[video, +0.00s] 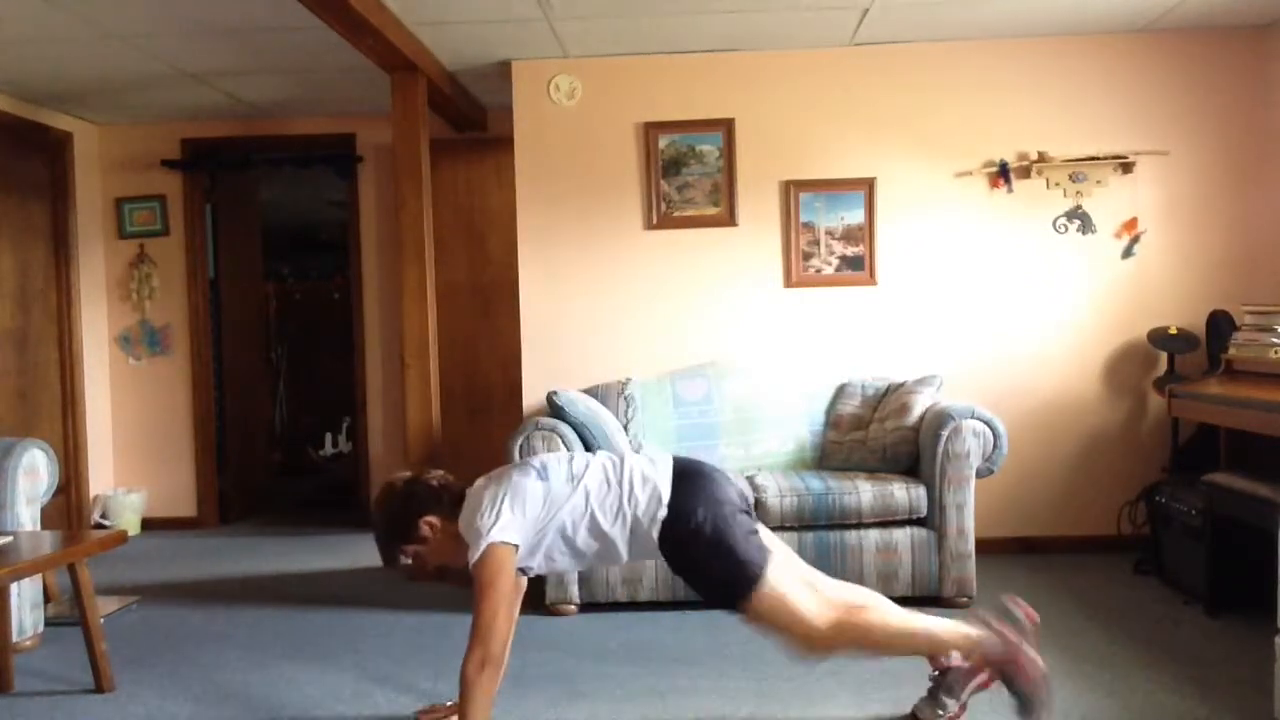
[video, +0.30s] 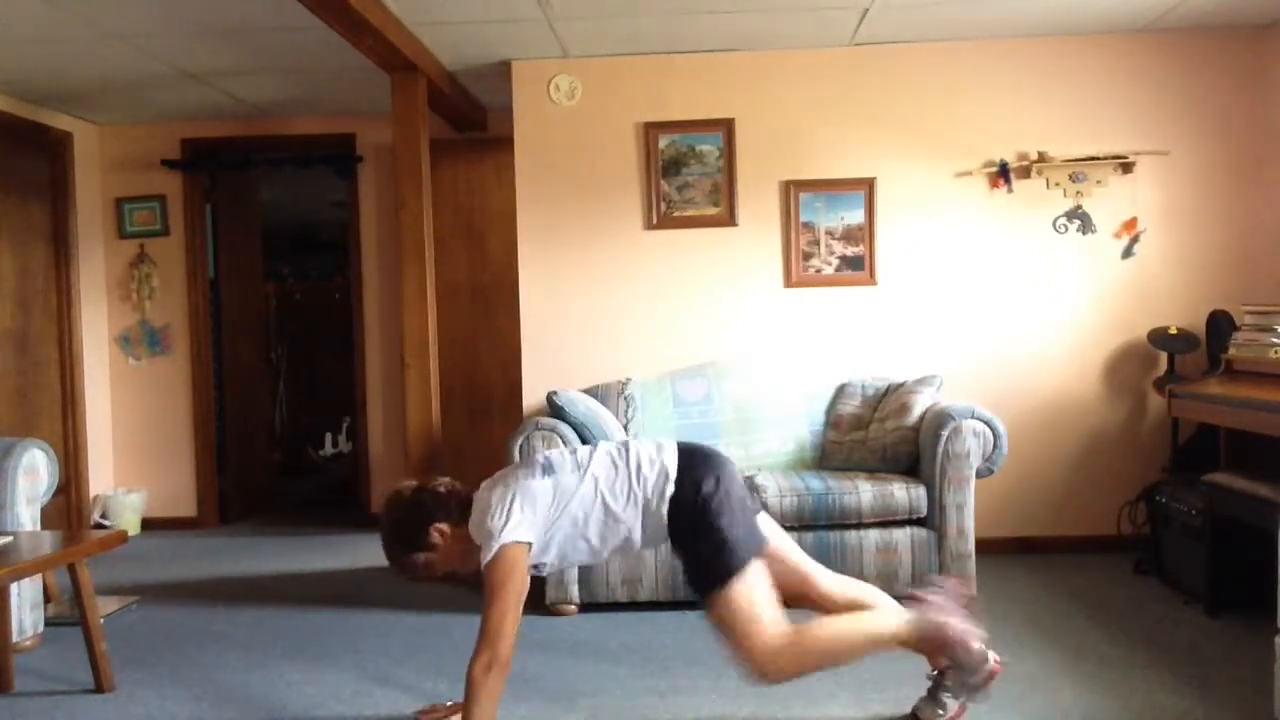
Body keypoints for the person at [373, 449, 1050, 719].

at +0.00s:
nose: (429, 571)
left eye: (417, 560)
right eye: (419, 562)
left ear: (428, 533)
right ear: (439, 510)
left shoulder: (494, 517)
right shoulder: (503, 489)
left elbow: (491, 644)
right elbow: (498, 629)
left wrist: (465, 706)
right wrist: (473, 695)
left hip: (685, 512)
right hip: (690, 485)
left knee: (816, 632)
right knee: (828, 601)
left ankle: (986, 640)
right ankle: (963, 642)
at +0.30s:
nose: (441, 579)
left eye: (429, 572)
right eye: (431, 574)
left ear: (441, 538)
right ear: (447, 515)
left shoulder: (505, 517)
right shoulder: (504, 490)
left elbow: (495, 644)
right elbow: (499, 629)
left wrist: (474, 712)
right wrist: (469, 701)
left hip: (691, 496)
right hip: (702, 472)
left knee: (772, 656)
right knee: (815, 586)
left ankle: (922, 618)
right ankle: (951, 651)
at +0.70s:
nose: (440, 581)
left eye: (426, 575)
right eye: (429, 578)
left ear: (429, 544)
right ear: (439, 530)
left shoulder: (485, 514)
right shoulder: (499, 495)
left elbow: (479, 655)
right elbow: (496, 634)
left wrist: (464, 719)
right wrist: (463, 704)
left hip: (662, 458)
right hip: (691, 459)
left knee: (555, 585)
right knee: (791, 581)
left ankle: (629, 714)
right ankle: (925, 647)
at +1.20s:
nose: (421, 566)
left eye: (411, 555)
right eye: (411, 561)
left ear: (421, 526)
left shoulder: (470, 505)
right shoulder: (504, 508)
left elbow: (468, 645)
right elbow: (496, 625)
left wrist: (452, 713)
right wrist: (473, 705)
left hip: (657, 446)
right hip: (668, 438)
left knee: (546, 592)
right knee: (585, 563)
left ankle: (622, 713)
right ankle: (645, 670)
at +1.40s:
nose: (418, 455)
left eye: (415, 440)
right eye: (410, 446)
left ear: (435, 412)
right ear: (436, 406)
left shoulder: (492, 433)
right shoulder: (493, 409)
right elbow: (487, 558)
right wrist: (459, 652)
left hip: (677, 444)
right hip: (681, 435)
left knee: (561, 574)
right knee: (589, 558)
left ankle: (624, 712)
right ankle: (642, 667)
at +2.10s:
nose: (547, 144)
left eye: (553, 130)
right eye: (547, 131)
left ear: (594, 128)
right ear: (602, 131)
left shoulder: (601, 195)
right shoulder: (632, 195)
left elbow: (594, 279)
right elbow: (626, 295)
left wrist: (573, 374)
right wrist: (576, 372)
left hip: (601, 385)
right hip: (628, 381)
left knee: (596, 557)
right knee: (613, 540)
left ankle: (633, 706)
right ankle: (645, 665)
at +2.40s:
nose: (520, 163)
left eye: (522, 146)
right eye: (516, 149)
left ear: (556, 130)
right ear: (566, 131)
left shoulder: (580, 190)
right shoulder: (610, 189)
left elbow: (559, 273)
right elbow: (618, 292)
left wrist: (543, 362)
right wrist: (576, 371)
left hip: (613, 384)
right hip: (637, 379)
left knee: (601, 559)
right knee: (617, 542)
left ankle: (632, 712)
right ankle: (648, 665)